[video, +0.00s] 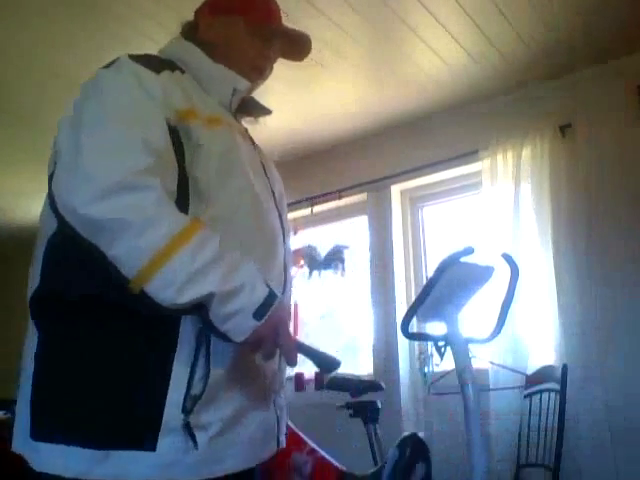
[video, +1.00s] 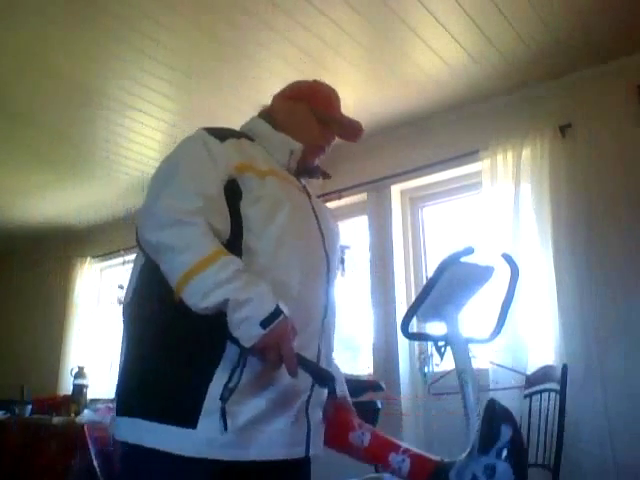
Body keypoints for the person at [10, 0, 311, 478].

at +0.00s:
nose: (270, 57)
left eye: (276, 46)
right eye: (261, 36)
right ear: (210, 20)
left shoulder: (243, 142)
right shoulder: (129, 85)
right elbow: (111, 206)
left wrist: (278, 309)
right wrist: (249, 306)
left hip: (234, 436)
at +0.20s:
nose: (262, 56)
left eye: (267, 46)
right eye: (251, 37)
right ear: (198, 22)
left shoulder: (249, 149)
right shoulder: (120, 95)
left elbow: (262, 279)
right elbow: (100, 219)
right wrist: (229, 311)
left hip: (241, 437)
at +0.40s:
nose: (265, 69)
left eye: (270, 59)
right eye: (256, 49)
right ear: (206, 34)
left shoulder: (263, 155)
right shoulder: (123, 101)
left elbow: (274, 274)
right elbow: (85, 208)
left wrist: (319, 346)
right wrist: (211, 304)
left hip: (253, 437)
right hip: (145, 441)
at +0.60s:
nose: (281, 96)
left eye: (287, 88)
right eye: (272, 77)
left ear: (288, 96)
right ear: (229, 64)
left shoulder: (286, 178)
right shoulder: (149, 128)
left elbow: (298, 292)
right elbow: (104, 220)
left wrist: (348, 367)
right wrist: (216, 304)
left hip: (267, 441)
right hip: (165, 444)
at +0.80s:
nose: (304, 114)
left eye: (308, 105)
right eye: (298, 98)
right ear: (262, 87)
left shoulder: (298, 185)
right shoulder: (185, 136)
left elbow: (309, 297)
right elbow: (143, 222)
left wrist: (342, 374)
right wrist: (245, 301)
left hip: (283, 436)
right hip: (190, 437)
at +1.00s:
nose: (329, 143)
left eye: (334, 134)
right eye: (325, 127)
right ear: (295, 115)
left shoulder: (314, 208)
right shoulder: (213, 149)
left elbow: (311, 319)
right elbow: (169, 227)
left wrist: (335, 396)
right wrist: (252, 308)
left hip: (282, 445)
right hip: (190, 440)